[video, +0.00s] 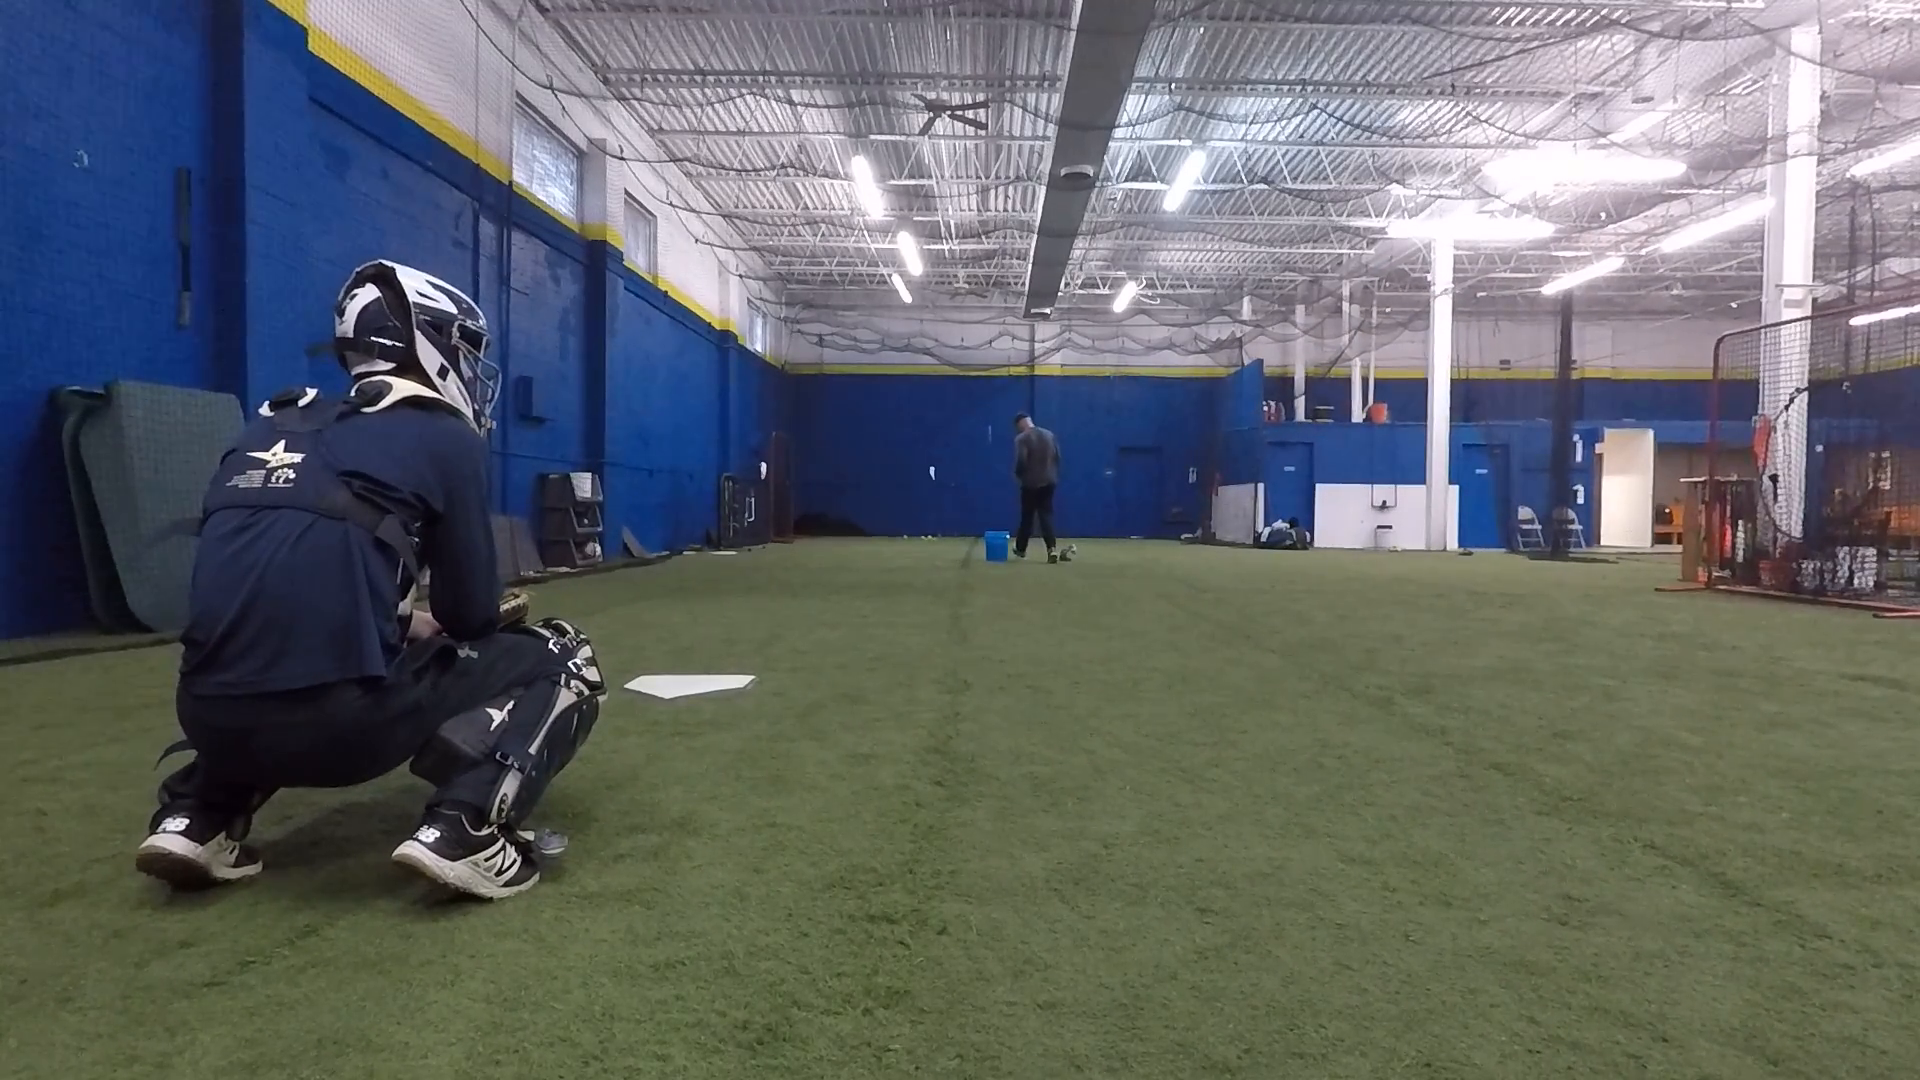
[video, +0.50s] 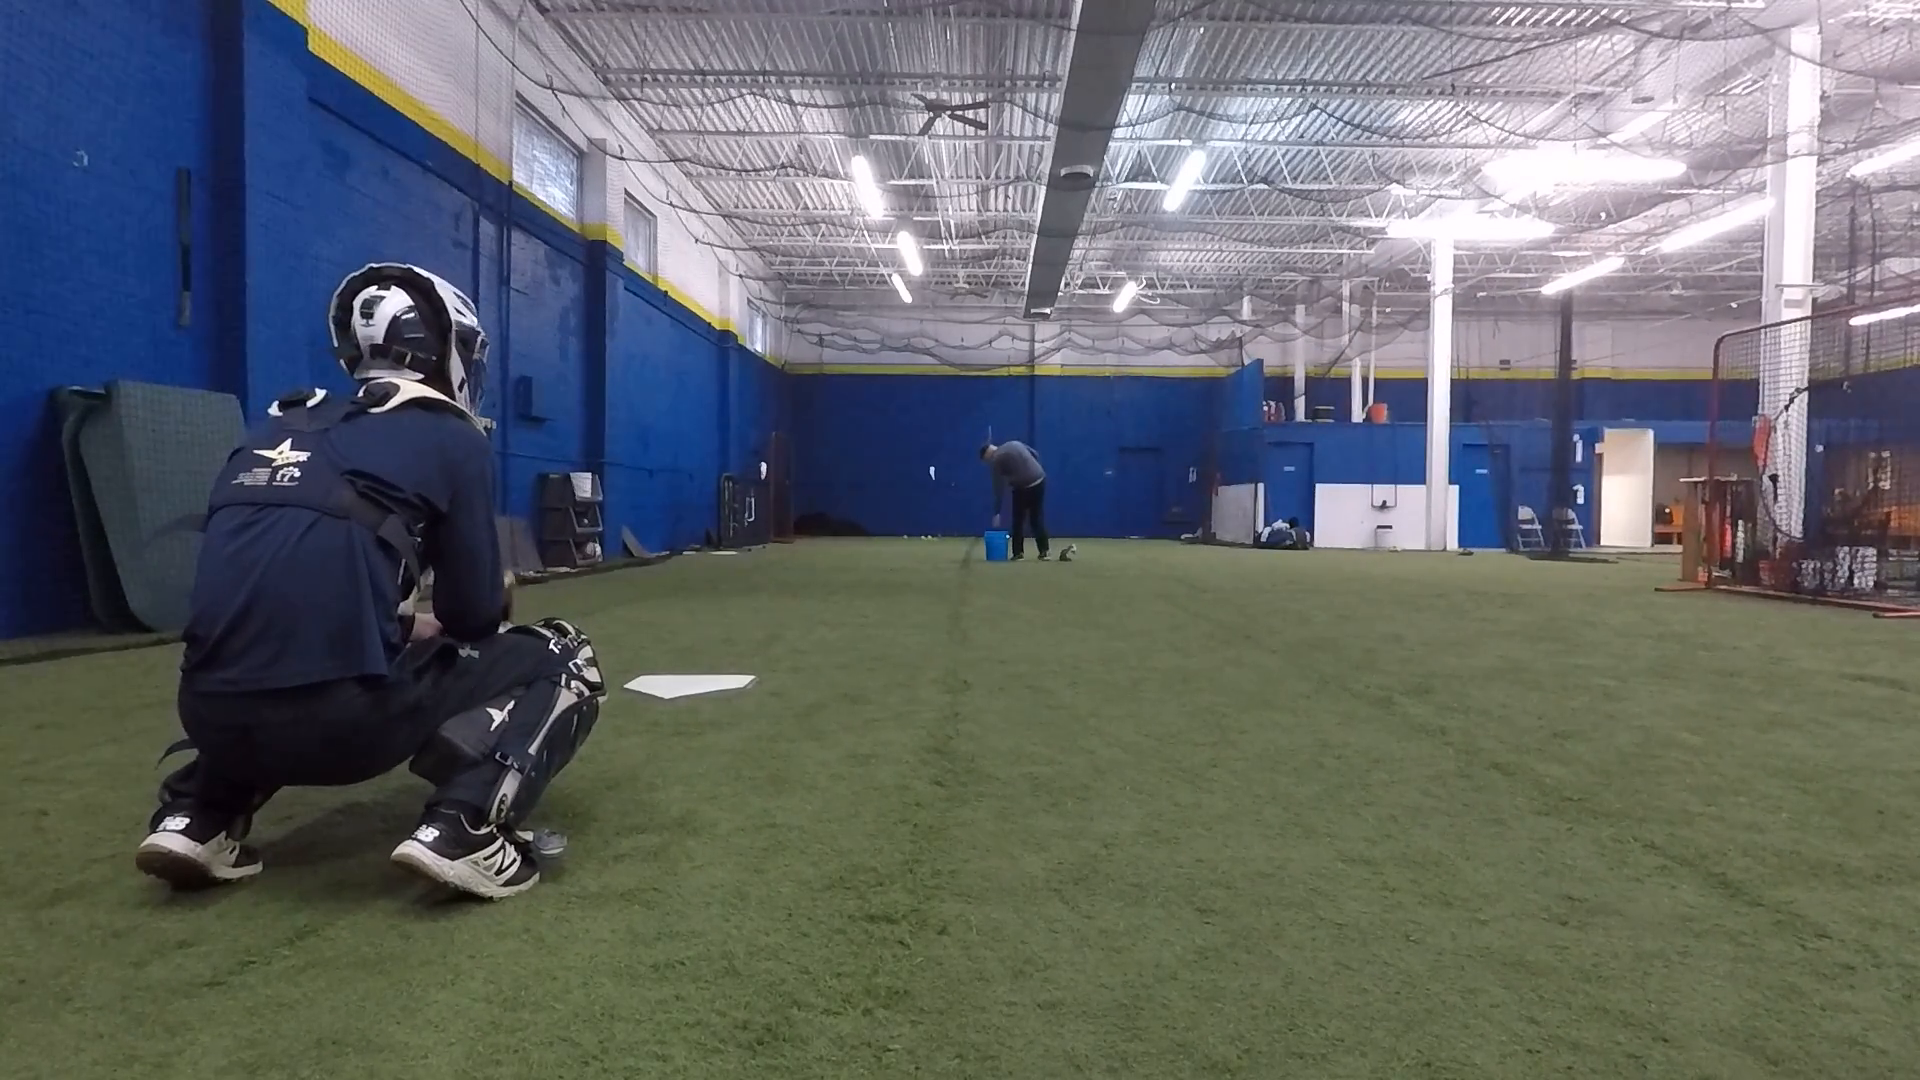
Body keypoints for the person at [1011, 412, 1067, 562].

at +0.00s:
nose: (1020, 428)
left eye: (1019, 425)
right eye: (1020, 425)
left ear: (1020, 424)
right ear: (1031, 421)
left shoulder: (1021, 438)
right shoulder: (1049, 434)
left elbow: (1021, 459)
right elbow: (1056, 455)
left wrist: (1018, 473)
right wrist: (1054, 470)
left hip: (1030, 483)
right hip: (1048, 482)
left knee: (1027, 516)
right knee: (1046, 514)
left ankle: (1021, 548)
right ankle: (1052, 549)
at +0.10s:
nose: (1010, 435)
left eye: (1010, 432)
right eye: (1010, 432)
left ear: (1011, 431)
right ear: (1021, 427)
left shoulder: (1013, 445)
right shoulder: (1041, 439)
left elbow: (1014, 466)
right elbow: (1051, 459)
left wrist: (1012, 482)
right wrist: (1049, 474)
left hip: (1025, 489)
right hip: (1044, 487)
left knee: (1022, 521)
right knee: (1044, 518)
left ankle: (1019, 552)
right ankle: (1051, 544)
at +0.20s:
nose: (1002, 443)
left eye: (1001, 440)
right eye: (1001, 441)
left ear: (1003, 437)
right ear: (1012, 432)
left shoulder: (1007, 450)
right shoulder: (1033, 440)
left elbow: (1008, 474)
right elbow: (1045, 459)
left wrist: (1005, 492)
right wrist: (1043, 474)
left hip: (1022, 490)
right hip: (1040, 486)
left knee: (1018, 522)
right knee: (1040, 518)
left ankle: (1018, 552)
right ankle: (1050, 541)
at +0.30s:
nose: (996, 447)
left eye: (995, 444)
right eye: (995, 445)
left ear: (997, 440)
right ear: (1004, 435)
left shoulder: (1004, 451)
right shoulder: (1026, 439)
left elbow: (1005, 476)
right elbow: (1042, 455)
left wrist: (1003, 499)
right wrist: (1036, 471)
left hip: (1021, 489)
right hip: (1040, 485)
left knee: (1017, 521)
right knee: (1037, 517)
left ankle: (1018, 553)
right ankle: (1048, 543)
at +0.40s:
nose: (993, 454)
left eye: (992, 451)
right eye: (991, 452)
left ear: (994, 446)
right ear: (998, 440)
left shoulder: (1000, 455)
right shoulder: (1020, 440)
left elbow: (1001, 482)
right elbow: (1039, 454)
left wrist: (999, 506)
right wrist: (1036, 471)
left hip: (1022, 488)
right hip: (1040, 482)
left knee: (1018, 521)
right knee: (1035, 517)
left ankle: (1018, 553)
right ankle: (1046, 546)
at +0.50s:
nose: (988, 462)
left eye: (986, 459)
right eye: (986, 460)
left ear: (988, 454)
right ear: (993, 447)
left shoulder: (996, 461)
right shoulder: (1014, 444)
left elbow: (999, 488)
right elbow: (1035, 454)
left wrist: (996, 512)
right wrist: (1029, 470)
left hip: (1021, 488)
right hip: (1039, 482)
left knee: (1017, 521)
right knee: (1036, 518)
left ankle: (1018, 552)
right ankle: (1044, 550)